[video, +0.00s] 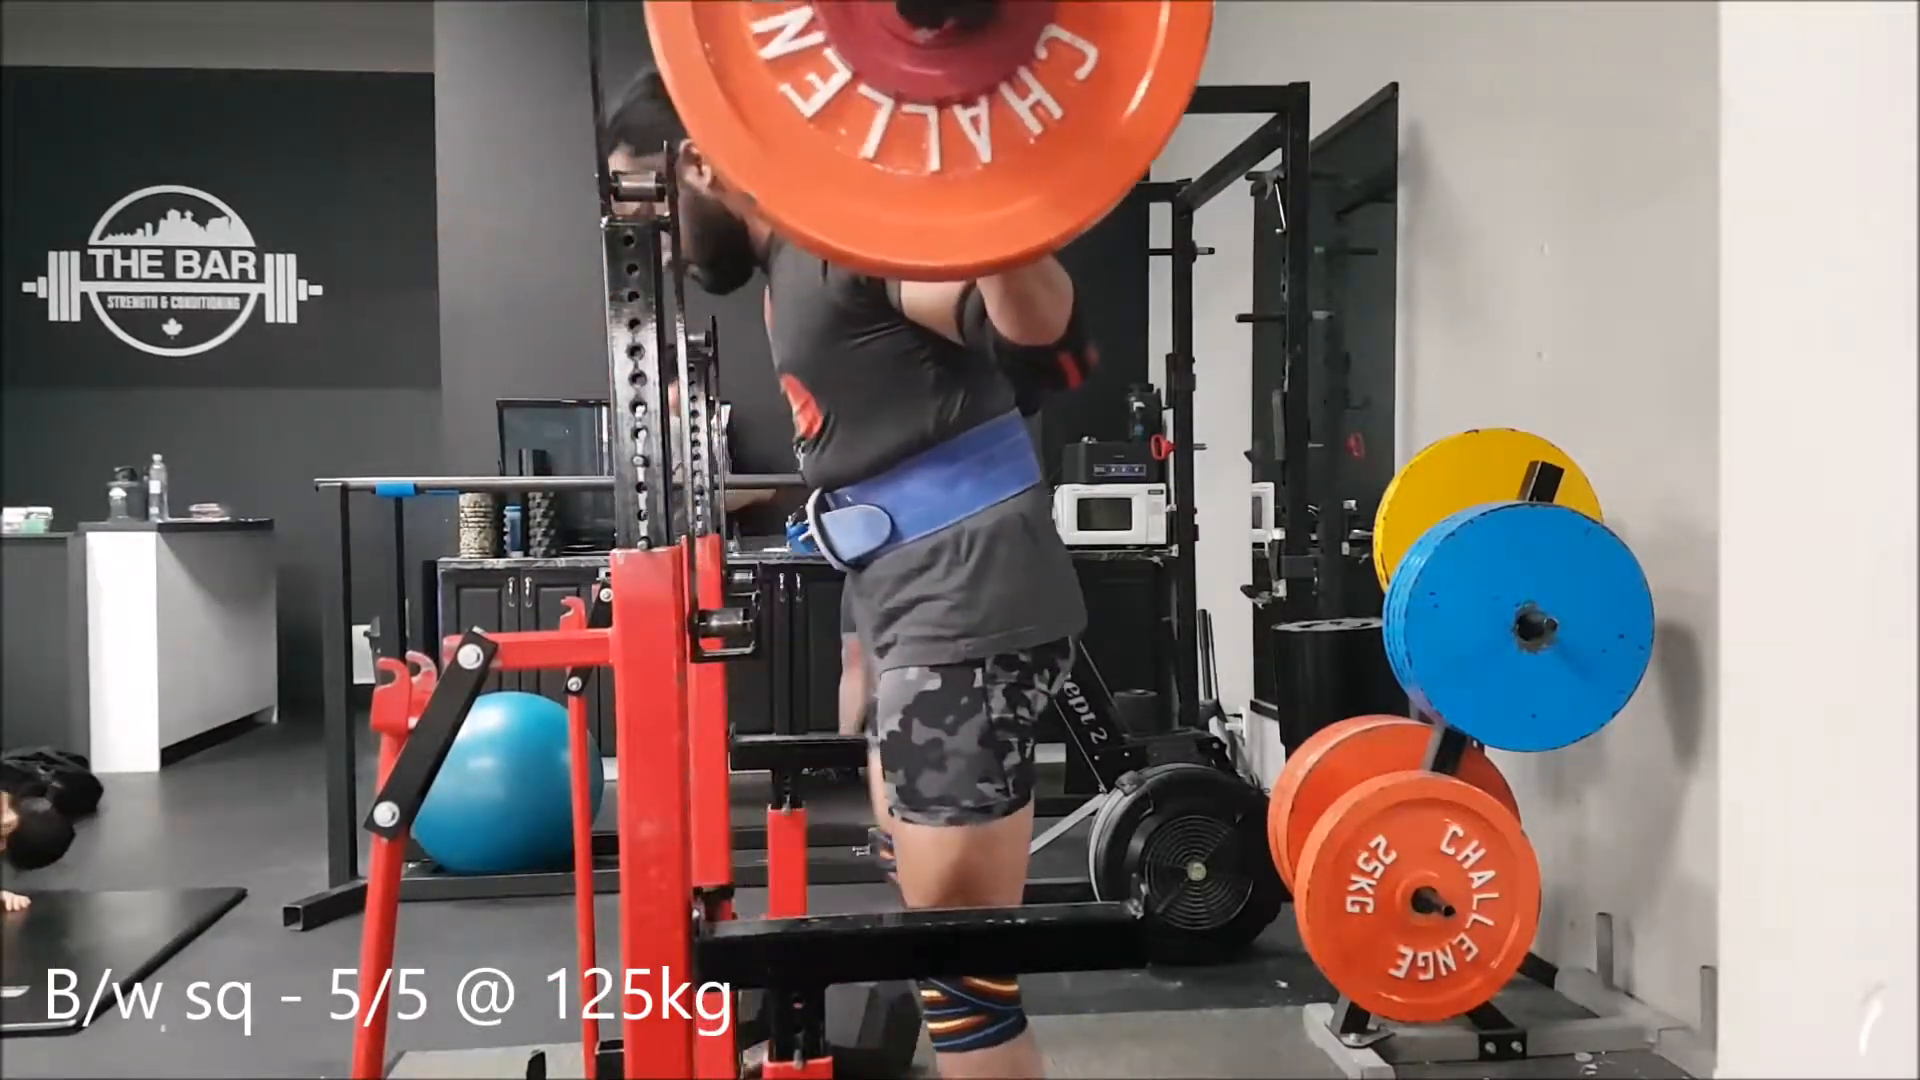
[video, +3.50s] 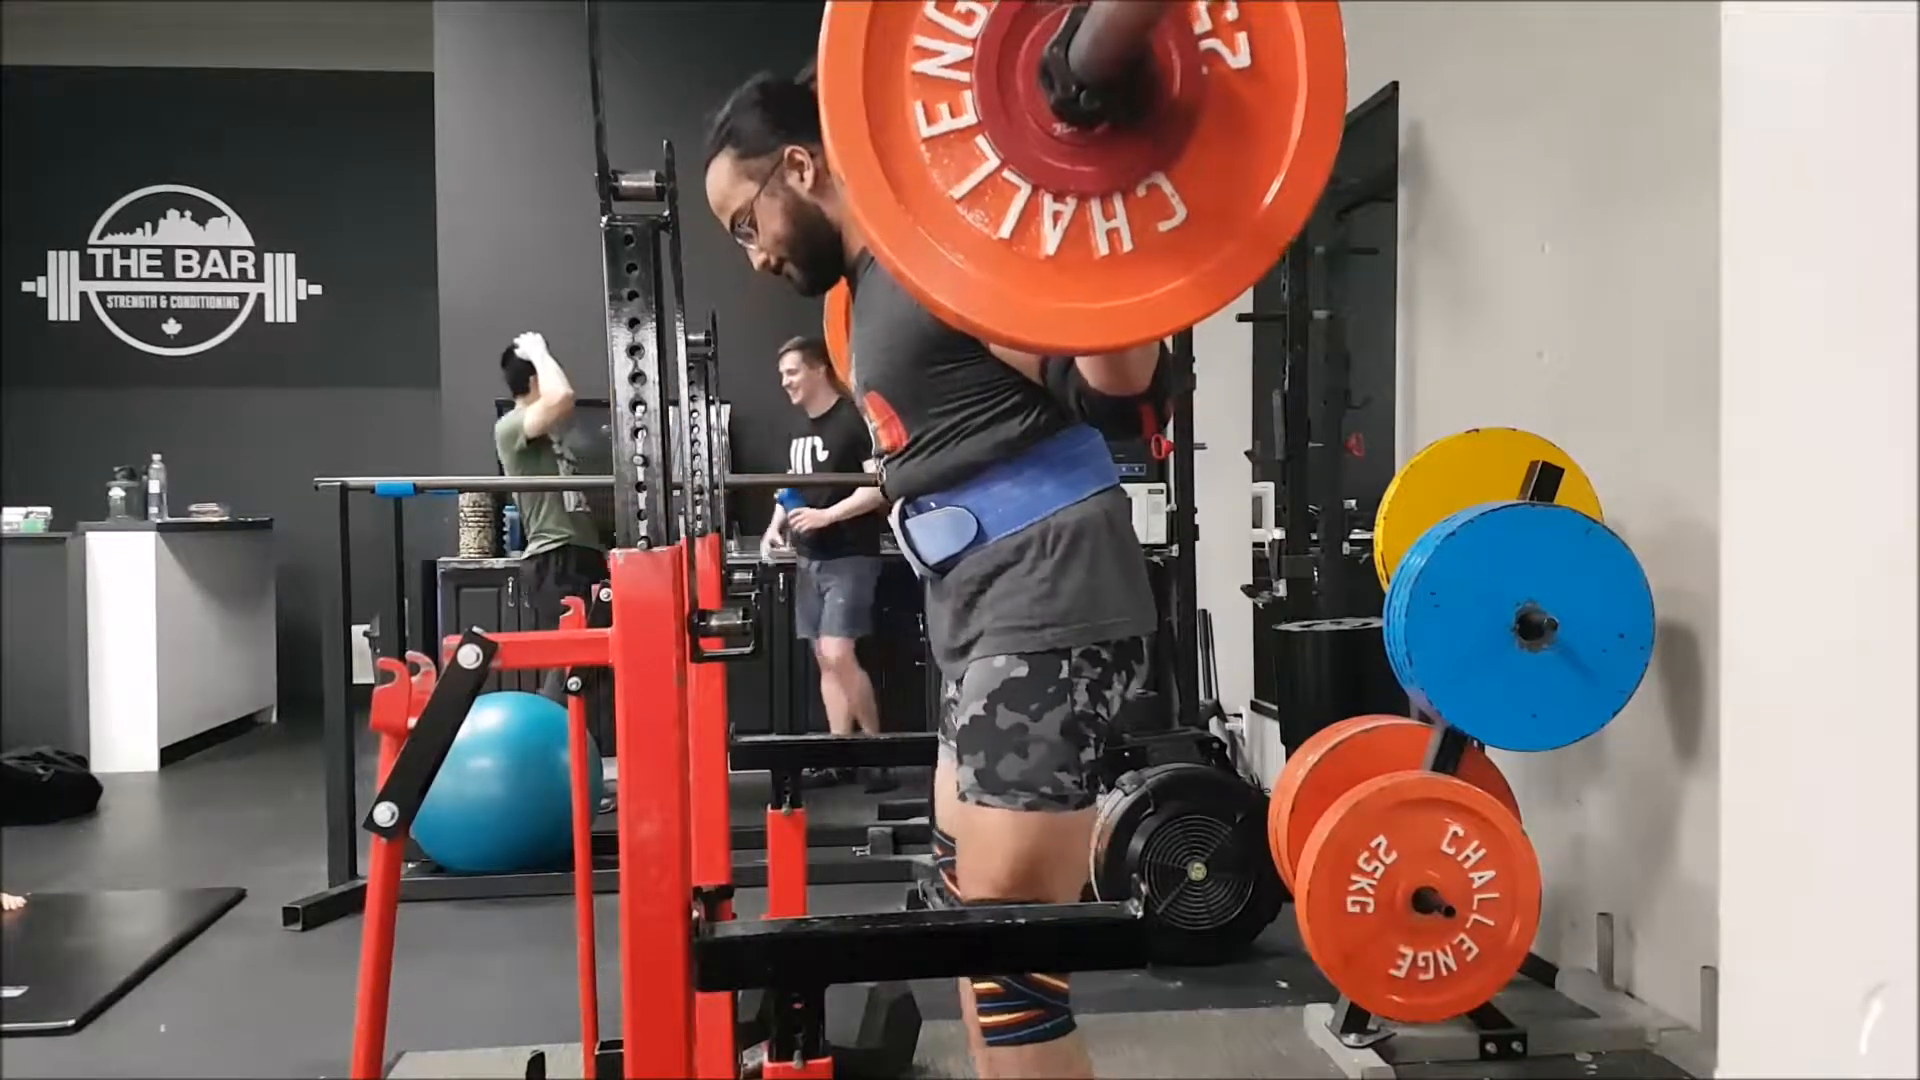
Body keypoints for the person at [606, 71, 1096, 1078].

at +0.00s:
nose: (662, 214)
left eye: (664, 182)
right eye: (645, 196)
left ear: (716, 150)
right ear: (710, 167)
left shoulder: (855, 230)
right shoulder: (787, 264)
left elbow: (1040, 320)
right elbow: (864, 460)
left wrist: (983, 168)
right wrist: (742, 499)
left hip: (965, 587)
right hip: (902, 594)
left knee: (961, 977)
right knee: (943, 957)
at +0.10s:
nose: (672, 254)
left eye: (664, 219)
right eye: (654, 231)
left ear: (711, 164)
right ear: (706, 177)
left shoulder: (858, 237)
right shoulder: (797, 272)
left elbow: (1045, 333)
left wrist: (995, 183)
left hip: (973, 588)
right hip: (919, 597)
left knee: (961, 964)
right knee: (957, 960)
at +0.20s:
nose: (683, 263)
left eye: (677, 220)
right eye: (670, 229)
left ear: (723, 179)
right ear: (719, 188)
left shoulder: (858, 244)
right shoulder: (808, 276)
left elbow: (1053, 337)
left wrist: (1003, 186)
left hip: (978, 582)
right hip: (932, 589)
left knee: (965, 957)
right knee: (963, 952)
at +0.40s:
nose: (697, 269)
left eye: (690, 229)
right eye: (683, 240)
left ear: (734, 181)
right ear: (732, 191)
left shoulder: (869, 242)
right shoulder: (819, 274)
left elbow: (1056, 331)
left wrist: (1006, 179)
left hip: (985, 575)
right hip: (937, 583)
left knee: (988, 939)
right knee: (976, 934)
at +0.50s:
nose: (697, 265)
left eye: (690, 228)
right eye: (682, 240)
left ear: (736, 179)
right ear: (731, 191)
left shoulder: (869, 237)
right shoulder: (818, 271)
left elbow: (1056, 332)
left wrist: (1008, 179)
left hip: (985, 568)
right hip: (932, 578)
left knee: (998, 934)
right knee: (981, 931)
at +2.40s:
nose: (754, 262)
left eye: (747, 229)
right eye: (737, 242)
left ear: (805, 178)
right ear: (800, 185)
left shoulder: (941, 231)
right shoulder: (881, 281)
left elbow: (1130, 343)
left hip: (1048, 586)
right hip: (980, 594)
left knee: (1049, 936)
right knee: (1004, 926)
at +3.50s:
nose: (752, 254)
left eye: (748, 220)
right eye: (737, 236)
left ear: (804, 164)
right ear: (799, 175)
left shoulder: (930, 241)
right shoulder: (862, 293)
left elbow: (1119, 371)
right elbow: (934, 456)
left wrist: (1134, 203)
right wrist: (834, 512)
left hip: (1046, 577)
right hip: (972, 592)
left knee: (1002, 931)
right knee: (969, 902)